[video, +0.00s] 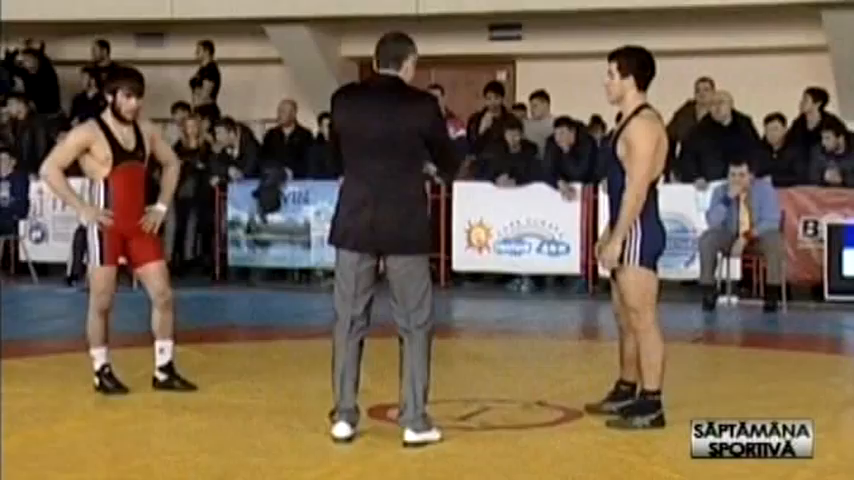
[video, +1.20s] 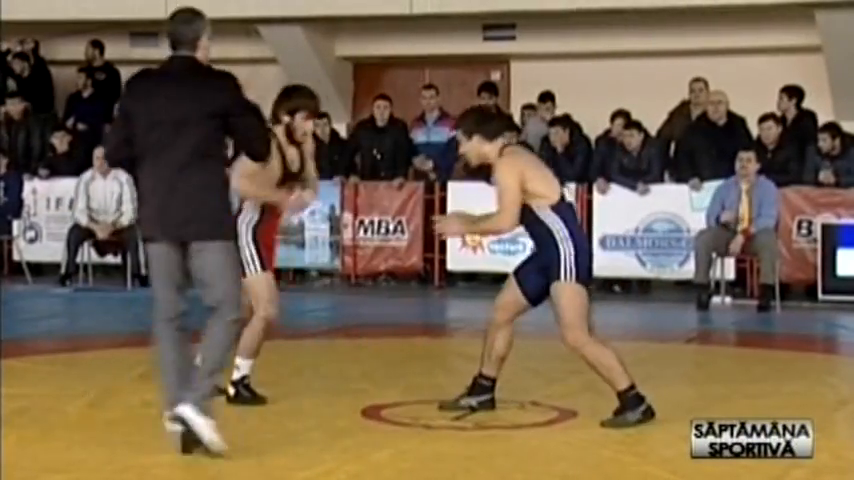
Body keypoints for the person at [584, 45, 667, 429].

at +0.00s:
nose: (606, 82)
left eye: (612, 75)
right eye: (607, 75)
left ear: (631, 79)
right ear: (628, 80)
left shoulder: (643, 125)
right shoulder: (627, 123)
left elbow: (637, 189)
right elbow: (624, 186)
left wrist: (617, 237)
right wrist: (611, 235)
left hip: (639, 227)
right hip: (624, 224)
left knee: (641, 315)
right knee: (625, 313)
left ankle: (650, 398)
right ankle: (628, 384)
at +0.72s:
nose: (573, 95)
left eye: (575, 87)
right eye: (572, 88)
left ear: (592, 88)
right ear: (599, 88)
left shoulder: (616, 129)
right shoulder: (611, 126)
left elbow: (619, 189)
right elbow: (617, 189)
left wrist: (587, 233)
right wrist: (586, 229)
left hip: (619, 231)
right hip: (606, 229)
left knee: (617, 318)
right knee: (572, 302)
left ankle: (644, 403)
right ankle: (589, 381)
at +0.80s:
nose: (562, 101)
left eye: (564, 93)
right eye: (561, 94)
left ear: (580, 92)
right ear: (590, 92)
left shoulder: (604, 132)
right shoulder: (609, 128)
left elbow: (606, 188)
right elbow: (618, 184)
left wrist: (571, 230)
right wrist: (582, 226)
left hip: (611, 228)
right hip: (602, 226)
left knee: (610, 322)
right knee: (564, 305)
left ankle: (643, 403)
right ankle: (560, 383)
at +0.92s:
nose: (539, 112)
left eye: (542, 104)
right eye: (539, 104)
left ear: (560, 103)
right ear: (568, 103)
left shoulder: (584, 139)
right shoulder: (587, 135)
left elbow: (582, 195)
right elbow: (584, 194)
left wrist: (542, 228)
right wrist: (544, 225)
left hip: (600, 241)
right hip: (588, 239)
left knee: (597, 327)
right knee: (548, 311)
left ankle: (641, 404)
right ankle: (520, 381)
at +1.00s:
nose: (519, 119)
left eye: (522, 111)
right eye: (519, 111)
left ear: (539, 110)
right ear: (547, 109)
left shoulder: (566, 143)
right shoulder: (569, 138)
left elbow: (564, 201)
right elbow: (572, 197)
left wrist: (521, 224)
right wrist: (529, 221)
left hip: (589, 243)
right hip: (576, 241)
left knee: (590, 331)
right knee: (536, 315)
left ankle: (640, 405)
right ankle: (501, 382)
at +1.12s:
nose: (487, 138)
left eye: (487, 130)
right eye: (484, 132)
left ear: (503, 124)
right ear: (509, 124)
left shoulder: (535, 153)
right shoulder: (535, 150)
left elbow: (531, 211)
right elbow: (531, 210)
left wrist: (486, 221)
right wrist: (490, 223)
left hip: (573, 252)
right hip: (554, 252)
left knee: (579, 336)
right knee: (512, 319)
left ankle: (636, 402)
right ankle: (484, 390)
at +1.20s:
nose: (461, 150)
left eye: (464, 142)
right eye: (460, 143)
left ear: (484, 139)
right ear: (488, 138)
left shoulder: (509, 164)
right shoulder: (514, 157)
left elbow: (506, 222)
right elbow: (512, 213)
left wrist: (466, 226)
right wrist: (476, 224)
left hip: (566, 249)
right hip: (546, 251)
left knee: (575, 334)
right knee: (502, 313)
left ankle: (633, 400)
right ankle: (483, 389)